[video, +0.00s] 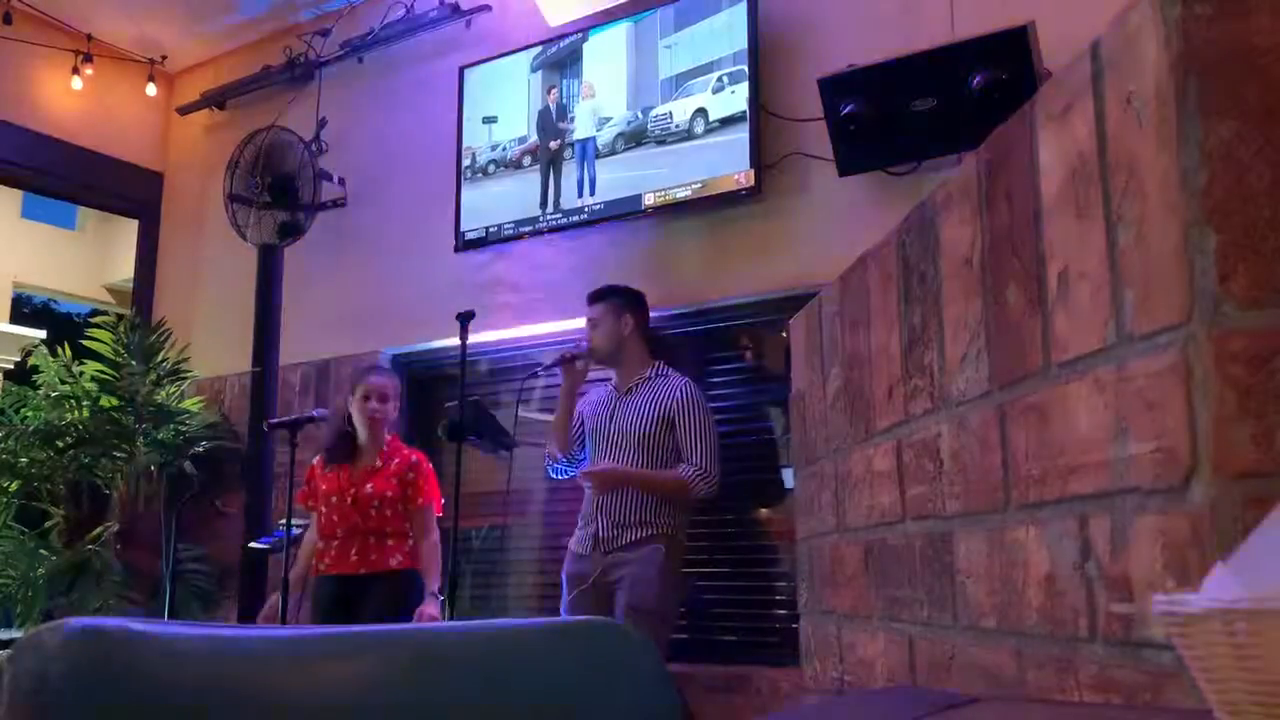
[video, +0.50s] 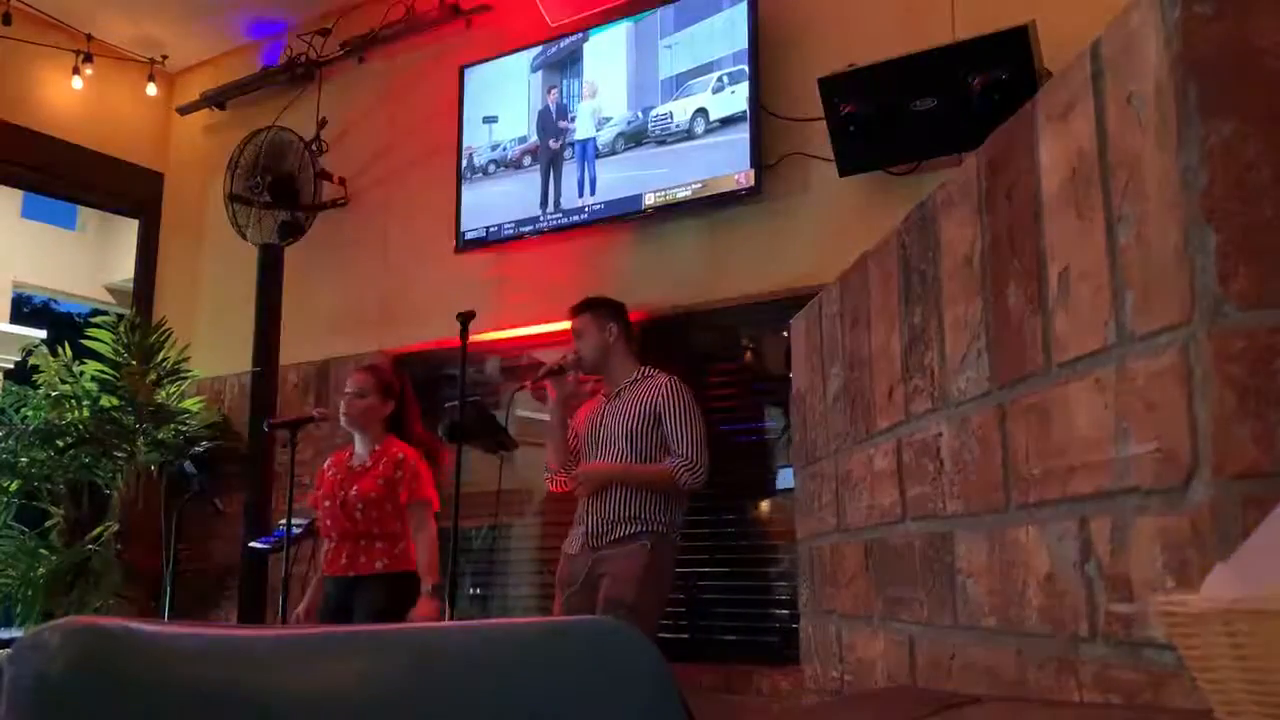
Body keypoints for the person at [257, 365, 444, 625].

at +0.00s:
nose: (374, 407)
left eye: (383, 399)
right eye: (365, 398)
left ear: (396, 407)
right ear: (350, 404)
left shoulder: (412, 464)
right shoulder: (324, 465)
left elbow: (428, 536)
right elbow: (315, 534)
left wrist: (431, 596)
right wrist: (285, 593)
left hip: (392, 586)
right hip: (333, 586)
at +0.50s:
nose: (345, 403)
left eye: (358, 396)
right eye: (345, 395)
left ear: (386, 407)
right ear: (340, 398)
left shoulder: (405, 461)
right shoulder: (333, 465)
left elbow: (423, 528)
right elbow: (329, 542)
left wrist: (429, 593)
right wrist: (311, 599)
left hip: (388, 583)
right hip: (338, 585)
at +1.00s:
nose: (380, 404)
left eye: (389, 396)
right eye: (371, 396)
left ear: (399, 405)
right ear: (353, 403)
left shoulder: (412, 461)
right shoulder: (332, 467)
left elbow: (422, 535)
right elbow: (327, 536)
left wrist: (409, 601)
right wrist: (305, 594)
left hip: (387, 582)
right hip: (336, 583)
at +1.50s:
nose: (363, 426)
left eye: (373, 415)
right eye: (356, 416)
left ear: (395, 412)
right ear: (349, 417)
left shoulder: (420, 464)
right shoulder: (336, 465)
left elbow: (426, 528)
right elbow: (327, 534)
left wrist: (408, 581)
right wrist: (303, 590)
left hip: (392, 582)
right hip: (339, 579)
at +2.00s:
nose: (338, 434)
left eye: (346, 423)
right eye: (334, 426)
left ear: (373, 412)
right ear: (330, 423)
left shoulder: (408, 461)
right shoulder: (348, 465)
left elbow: (428, 536)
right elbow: (328, 532)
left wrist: (439, 600)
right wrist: (263, 543)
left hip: (388, 581)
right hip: (341, 580)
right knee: (335, 676)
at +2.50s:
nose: (333, 429)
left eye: (338, 419)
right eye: (330, 419)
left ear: (368, 412)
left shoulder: (405, 460)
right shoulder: (341, 465)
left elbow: (417, 528)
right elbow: (319, 525)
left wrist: (394, 587)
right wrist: (255, 521)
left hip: (382, 579)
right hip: (338, 579)